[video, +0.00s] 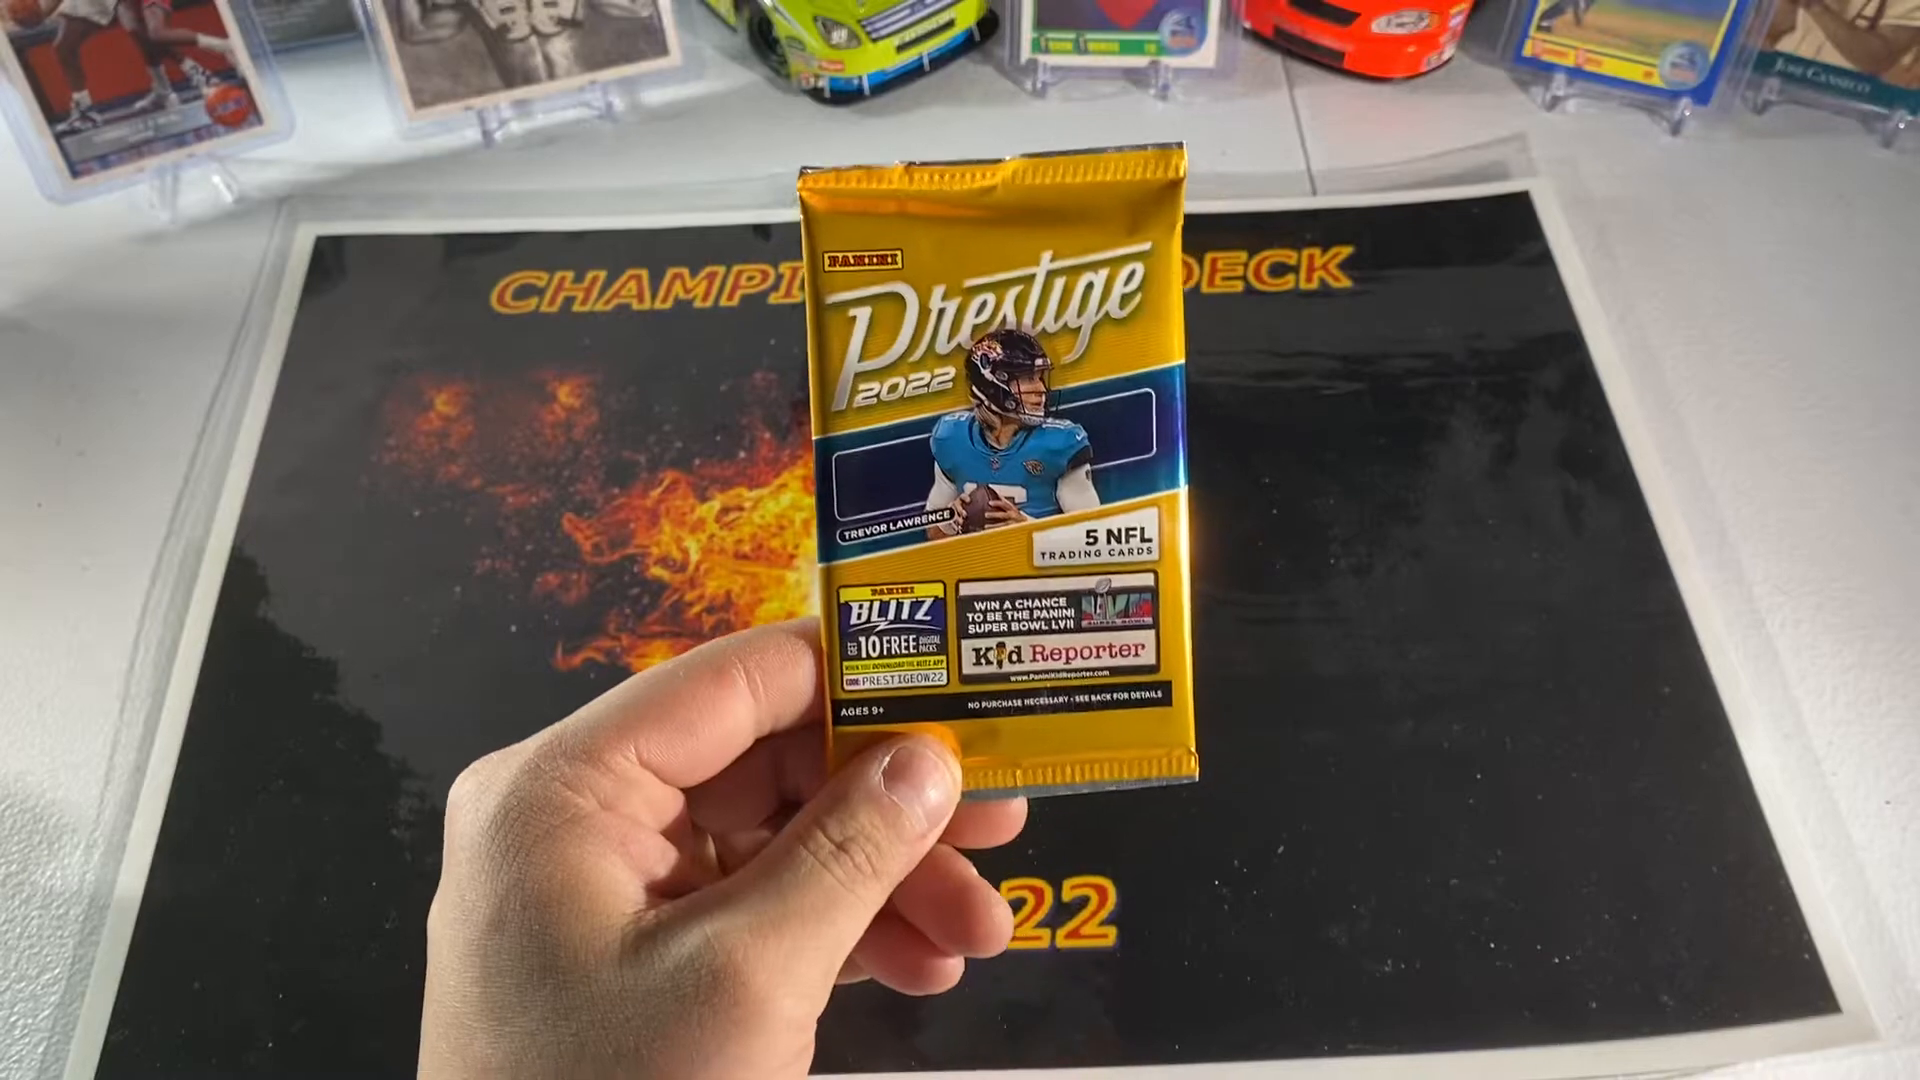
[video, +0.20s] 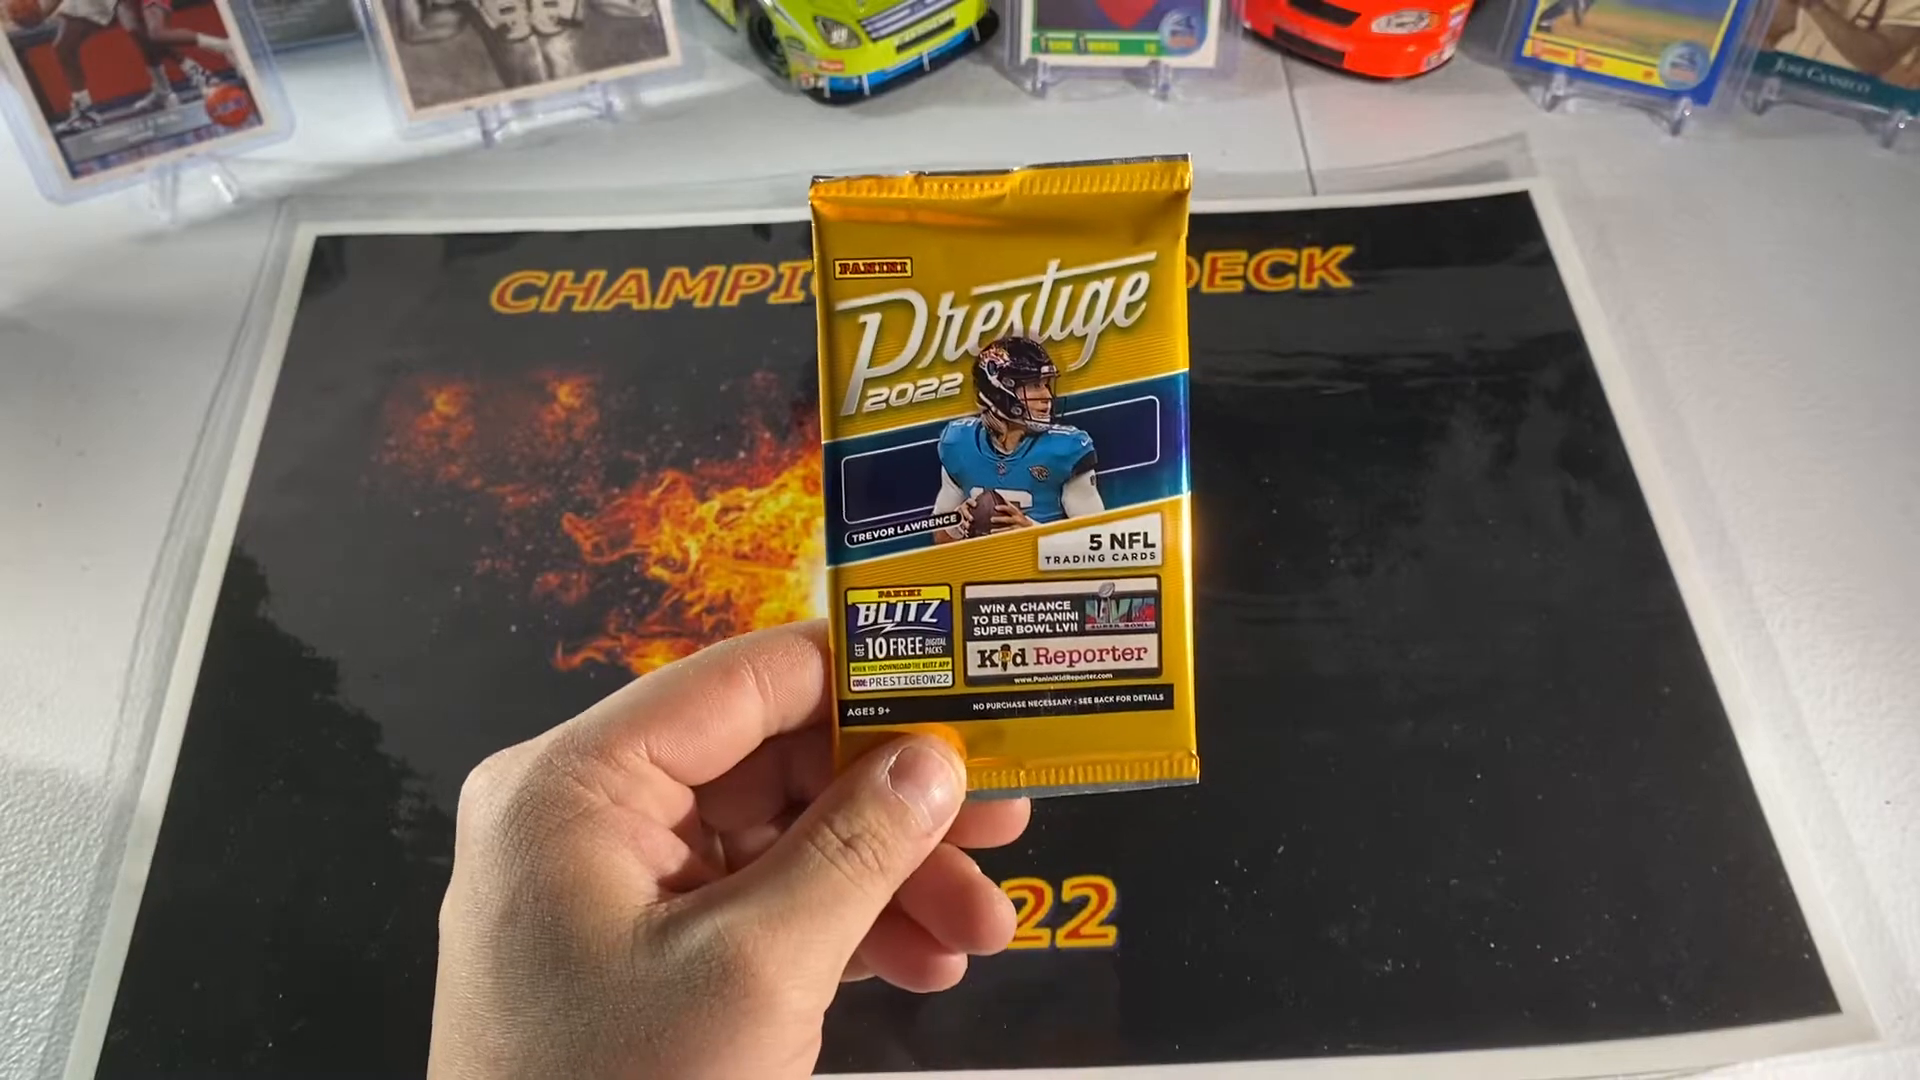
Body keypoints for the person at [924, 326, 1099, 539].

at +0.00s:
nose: (1040, 389)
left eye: (1040, 378)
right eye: (1025, 379)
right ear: (991, 385)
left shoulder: (1062, 442)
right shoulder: (950, 436)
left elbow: (1091, 531)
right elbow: (934, 530)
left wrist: (1029, 526)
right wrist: (954, 521)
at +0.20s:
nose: (1046, 396)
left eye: (1046, 384)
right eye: (1031, 385)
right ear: (998, 390)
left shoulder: (1068, 448)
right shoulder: (957, 442)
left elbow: (1096, 536)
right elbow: (940, 535)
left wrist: (1035, 530)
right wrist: (962, 525)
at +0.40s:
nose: (1053, 399)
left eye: (1054, 388)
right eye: (1039, 389)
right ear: (1006, 393)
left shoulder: (1073, 452)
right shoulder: (965, 443)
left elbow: (1101, 538)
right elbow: (948, 535)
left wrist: (1041, 532)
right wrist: (968, 525)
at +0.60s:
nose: (1040, 389)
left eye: (1040, 378)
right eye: (1026, 379)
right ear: (993, 384)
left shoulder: (1063, 442)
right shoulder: (950, 432)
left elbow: (1085, 528)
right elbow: (933, 516)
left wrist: (1023, 519)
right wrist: (958, 514)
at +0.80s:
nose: (1049, 403)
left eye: (1049, 392)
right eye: (1036, 392)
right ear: (1003, 397)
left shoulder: (1069, 454)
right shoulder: (961, 445)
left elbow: (1095, 539)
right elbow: (944, 537)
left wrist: (1035, 533)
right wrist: (964, 527)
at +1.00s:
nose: (1060, 420)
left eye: (1061, 410)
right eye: (1048, 411)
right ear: (1016, 416)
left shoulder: (1080, 470)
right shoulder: (976, 462)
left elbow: (1107, 554)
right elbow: (960, 551)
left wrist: (1050, 547)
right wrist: (978, 541)